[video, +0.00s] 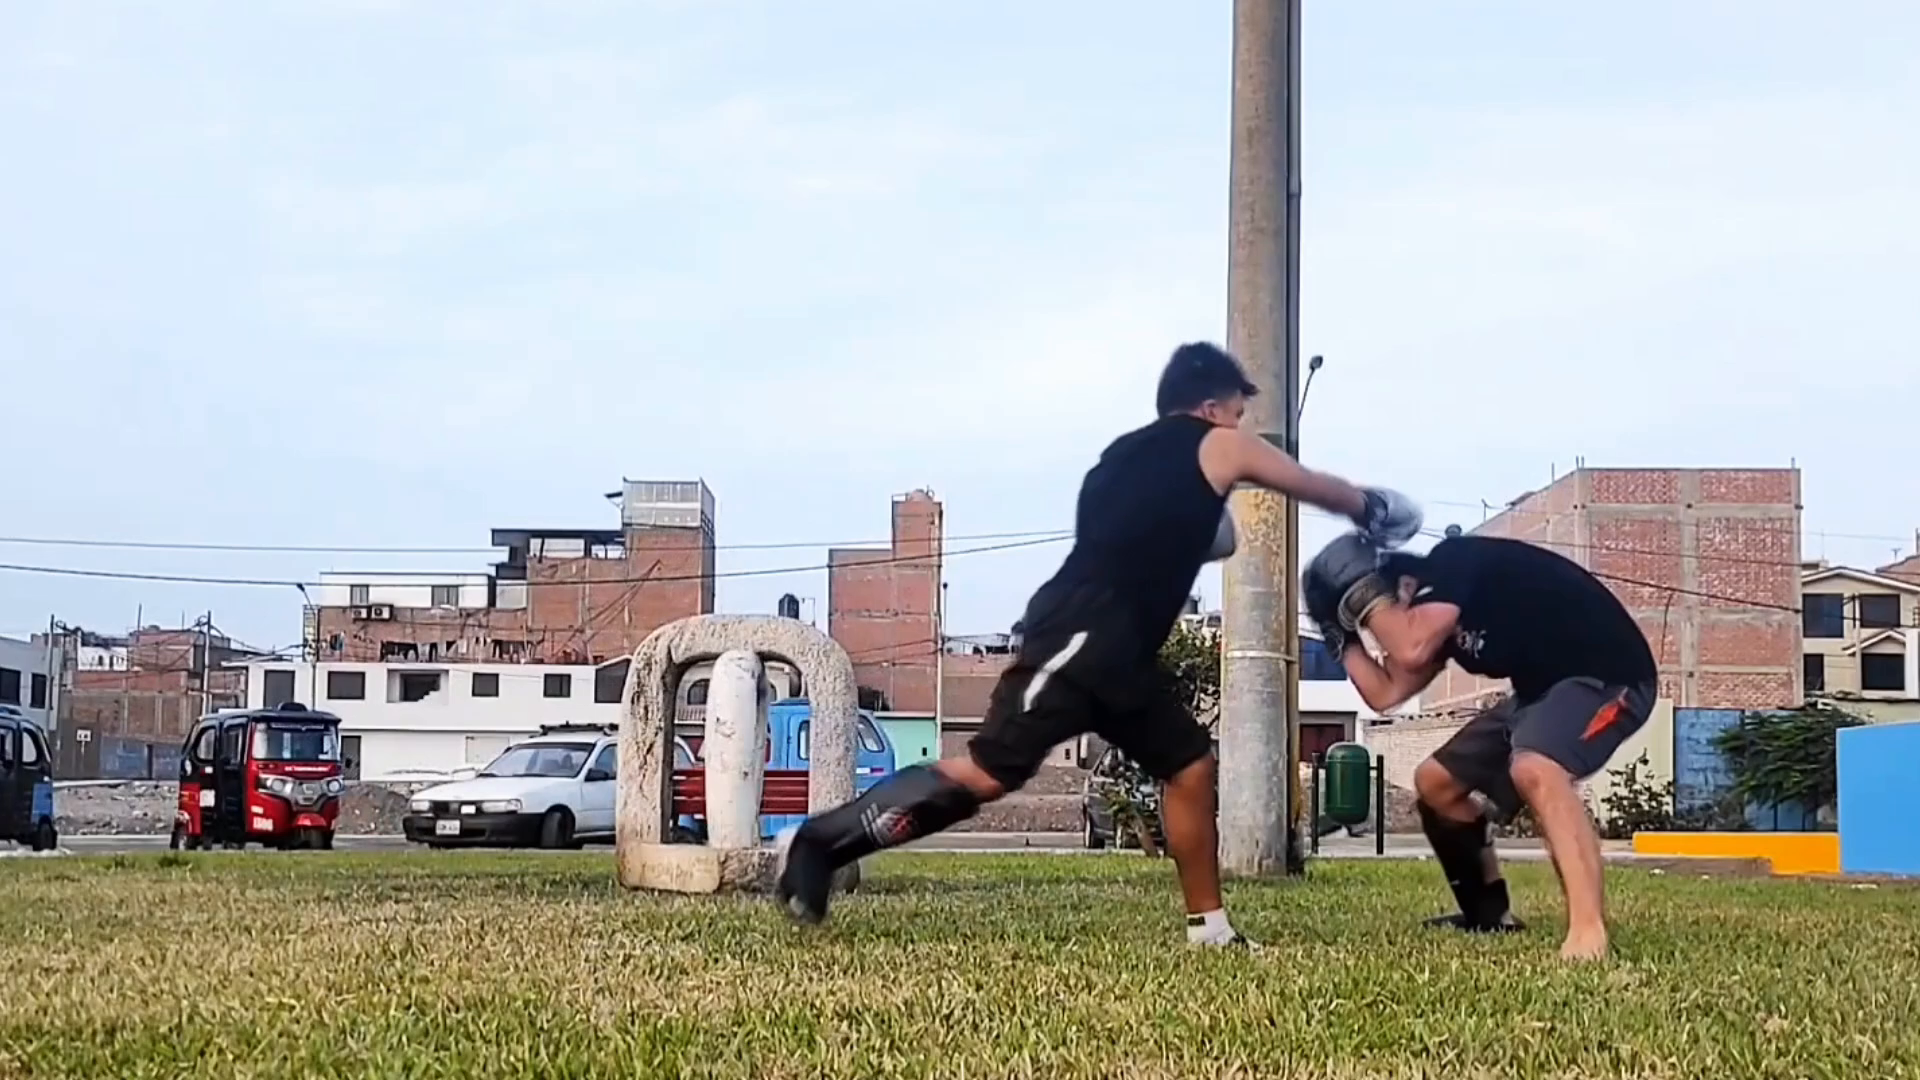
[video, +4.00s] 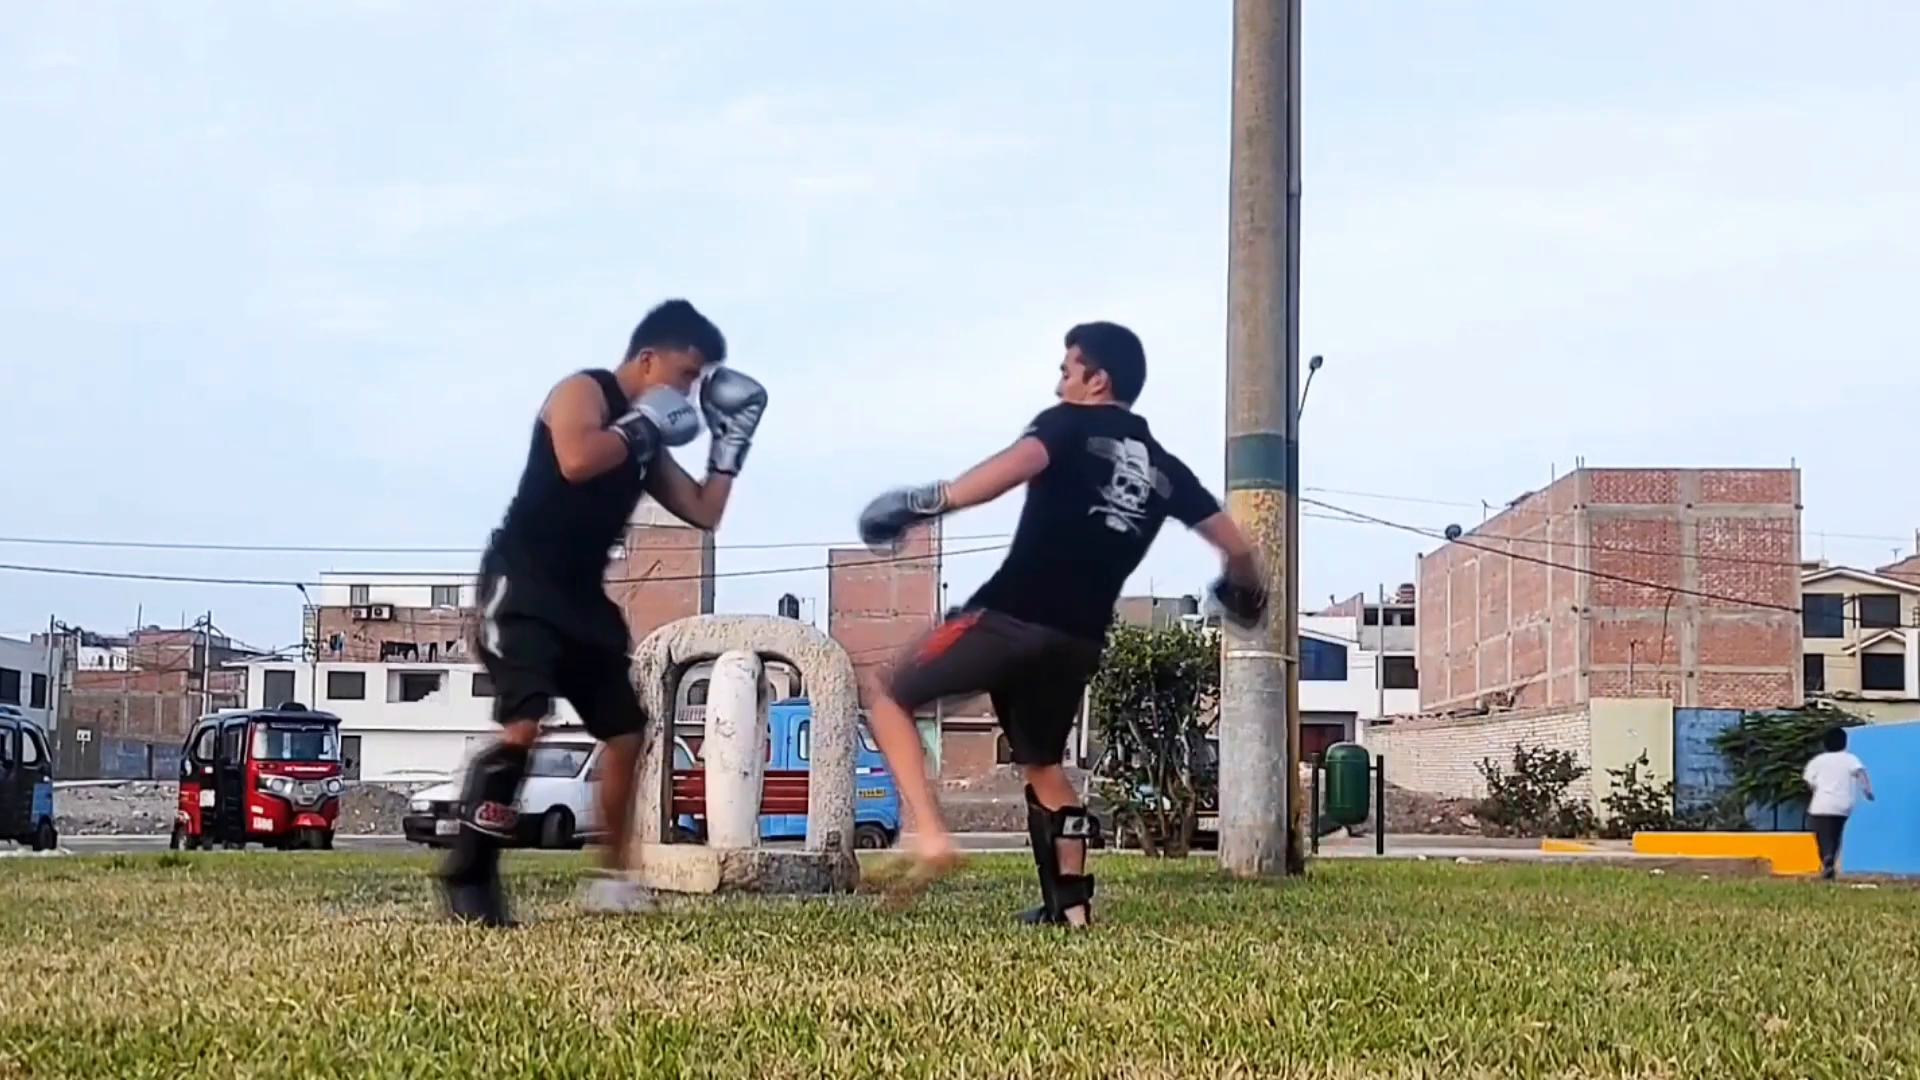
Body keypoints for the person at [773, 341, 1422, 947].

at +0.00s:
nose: (1248, 424)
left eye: (1247, 413)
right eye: (1243, 411)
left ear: (1182, 405)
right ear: (1213, 405)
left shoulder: (1125, 455)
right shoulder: (1217, 445)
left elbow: (1142, 531)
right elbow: (1323, 491)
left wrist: (1214, 536)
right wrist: (1373, 504)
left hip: (1110, 651)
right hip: (1083, 639)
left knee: (1189, 764)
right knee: (986, 773)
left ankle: (1211, 927)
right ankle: (823, 844)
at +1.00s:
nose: (1228, 378)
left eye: (1229, 362)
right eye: (1226, 361)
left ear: (1169, 355)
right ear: (1197, 358)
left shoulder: (1131, 412)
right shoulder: (1137, 413)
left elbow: (1175, 526)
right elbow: (1189, 527)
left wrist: (1225, 472)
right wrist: (1223, 465)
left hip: (1041, 619)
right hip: (1070, 622)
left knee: (1139, 754)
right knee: (1188, 766)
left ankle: (1105, 906)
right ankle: (1144, 946)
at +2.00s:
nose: (884, 405)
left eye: (887, 392)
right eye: (878, 390)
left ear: (850, 388)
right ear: (838, 383)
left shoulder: (844, 462)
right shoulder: (779, 431)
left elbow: (902, 534)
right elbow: (745, 512)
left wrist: (927, 462)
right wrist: (821, 493)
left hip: (800, 616)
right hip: (752, 607)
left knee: (830, 757)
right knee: (799, 727)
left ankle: (771, 893)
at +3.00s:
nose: (650, 435)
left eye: (656, 425)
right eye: (644, 419)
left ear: (623, 416)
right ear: (604, 408)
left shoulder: (629, 478)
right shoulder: (538, 450)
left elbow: (691, 541)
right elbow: (531, 536)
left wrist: (709, 472)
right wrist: (594, 484)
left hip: (580, 654)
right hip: (507, 650)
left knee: (663, 757)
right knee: (447, 777)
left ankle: (682, 899)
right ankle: (374, 897)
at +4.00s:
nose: (688, 392)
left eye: (696, 381)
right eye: (685, 374)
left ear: (663, 368)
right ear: (648, 355)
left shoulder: (639, 438)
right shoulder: (581, 392)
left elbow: (704, 512)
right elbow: (576, 460)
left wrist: (730, 441)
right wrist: (642, 425)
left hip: (580, 595)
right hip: (521, 582)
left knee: (625, 731)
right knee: (524, 720)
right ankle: (470, 873)